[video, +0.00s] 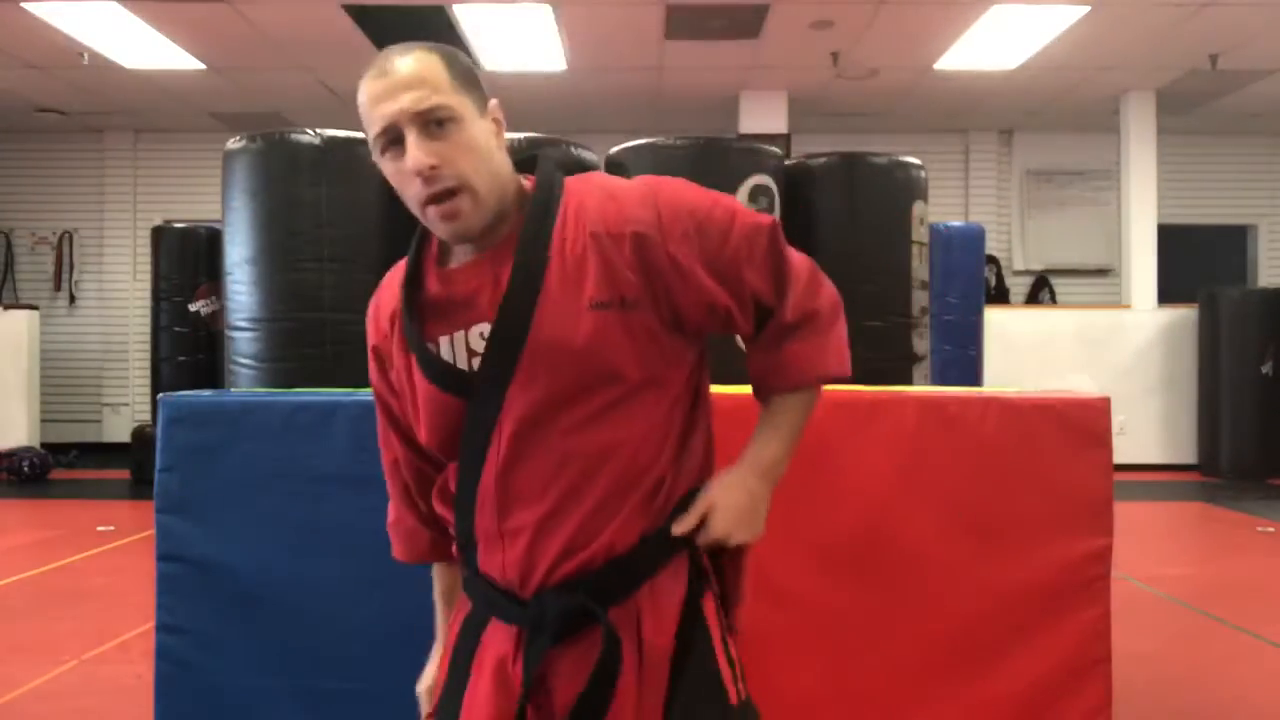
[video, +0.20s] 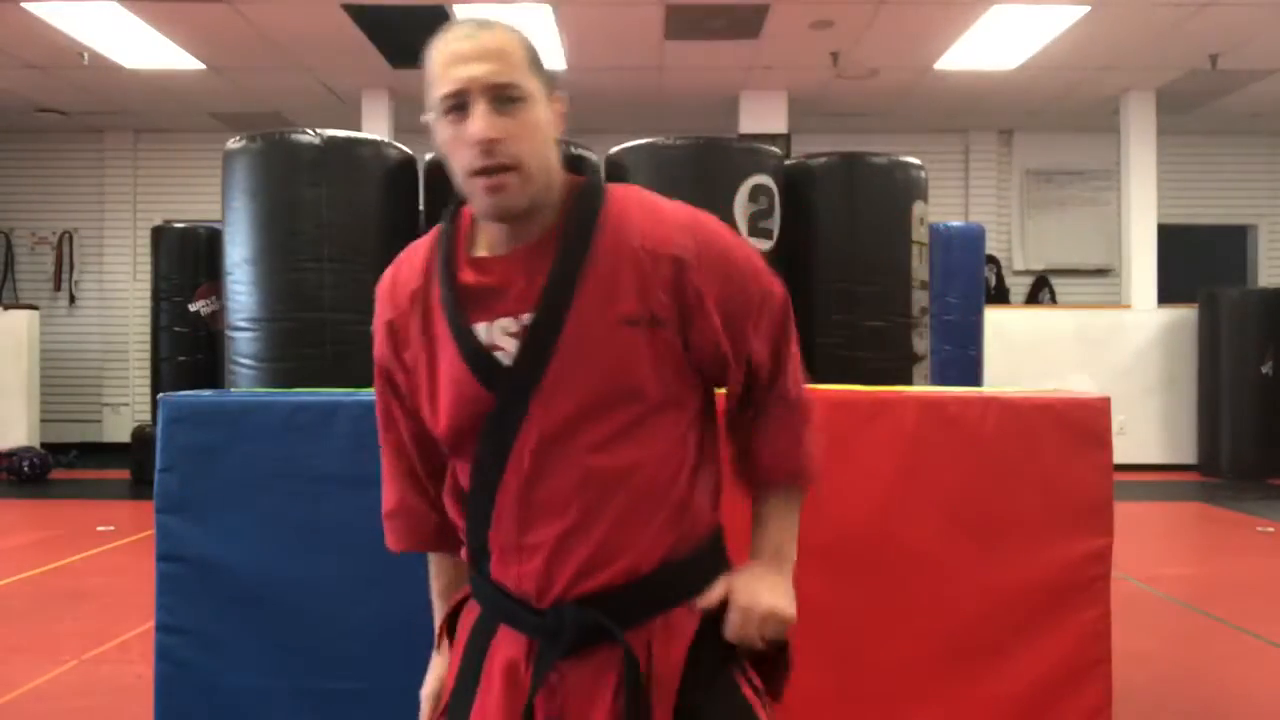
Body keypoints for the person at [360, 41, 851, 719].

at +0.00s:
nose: (418, 160)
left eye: (436, 124)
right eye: (391, 144)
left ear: (495, 119)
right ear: (381, 169)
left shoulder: (636, 223)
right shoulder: (395, 311)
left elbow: (803, 304)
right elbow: (424, 490)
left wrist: (756, 475)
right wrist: (447, 638)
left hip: (651, 629)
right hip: (498, 640)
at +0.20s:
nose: (482, 131)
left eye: (506, 101)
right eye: (456, 109)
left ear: (558, 112)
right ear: (435, 137)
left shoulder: (673, 247)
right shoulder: (408, 291)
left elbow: (774, 379)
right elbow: (419, 478)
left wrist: (773, 562)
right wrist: (450, 636)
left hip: (669, 648)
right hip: (505, 652)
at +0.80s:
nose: (817, 104)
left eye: (848, 75)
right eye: (790, 70)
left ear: (880, 102)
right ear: (741, 90)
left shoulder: (972, 271)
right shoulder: (637, 265)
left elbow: (1040, 470)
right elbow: (613, 466)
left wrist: (1050, 672)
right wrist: (627, 655)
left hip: (887, 687)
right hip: (698, 684)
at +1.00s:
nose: (776, 107)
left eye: (807, 72)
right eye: (748, 76)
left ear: (853, 89)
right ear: (711, 100)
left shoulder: (974, 263)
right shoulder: (652, 258)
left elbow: (1045, 478)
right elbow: (638, 458)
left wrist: (1027, 683)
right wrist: (621, 622)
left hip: (883, 688)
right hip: (686, 676)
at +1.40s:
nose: (644, 140)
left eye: (673, 112)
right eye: (620, 111)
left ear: (715, 126)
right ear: (586, 128)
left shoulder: (802, 271)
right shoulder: (544, 282)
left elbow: (853, 474)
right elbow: (476, 439)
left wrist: (775, 530)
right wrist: (434, 514)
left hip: (773, 670)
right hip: (605, 665)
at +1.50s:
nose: (606, 150)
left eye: (635, 118)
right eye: (583, 119)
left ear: (677, 124)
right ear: (550, 126)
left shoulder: (769, 253)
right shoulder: (517, 250)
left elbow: (819, 454)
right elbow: (440, 440)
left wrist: (713, 353)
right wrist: (426, 346)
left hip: (739, 655)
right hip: (581, 649)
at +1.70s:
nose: (601, 195)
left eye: (629, 160)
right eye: (578, 162)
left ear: (676, 153)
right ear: (548, 151)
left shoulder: (759, 244)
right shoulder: (523, 227)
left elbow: (789, 417)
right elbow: (449, 383)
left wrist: (736, 198)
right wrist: (469, 191)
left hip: (717, 645)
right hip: (558, 640)